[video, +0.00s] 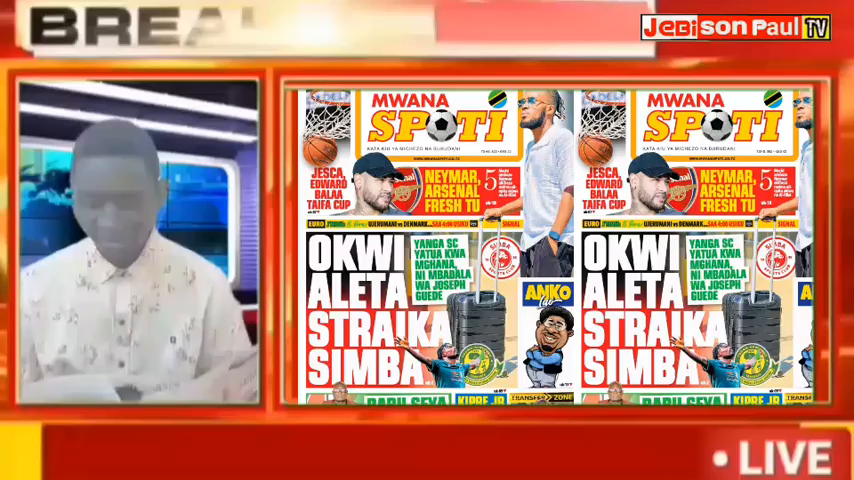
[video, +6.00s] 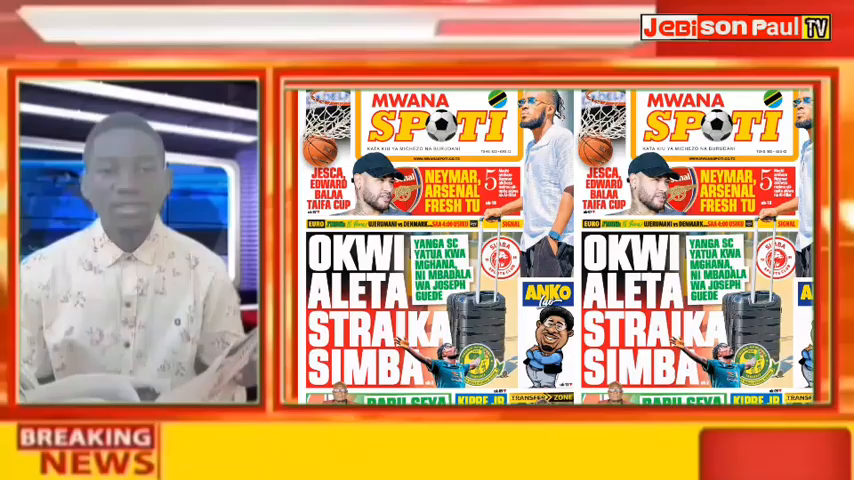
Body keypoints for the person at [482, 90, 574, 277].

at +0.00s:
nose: (523, 107)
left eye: (531, 101)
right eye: (522, 103)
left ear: (549, 110)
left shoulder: (563, 138)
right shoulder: (531, 147)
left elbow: (571, 192)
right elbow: (532, 196)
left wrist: (553, 238)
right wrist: (501, 211)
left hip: (552, 242)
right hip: (530, 243)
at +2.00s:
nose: (523, 107)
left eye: (531, 101)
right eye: (522, 103)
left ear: (549, 110)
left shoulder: (563, 138)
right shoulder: (531, 147)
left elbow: (571, 192)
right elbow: (532, 196)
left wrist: (553, 238)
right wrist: (502, 211)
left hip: (552, 242)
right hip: (530, 243)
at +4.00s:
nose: (523, 107)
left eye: (531, 101)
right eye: (522, 103)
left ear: (549, 110)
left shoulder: (563, 138)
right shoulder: (531, 147)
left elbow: (571, 192)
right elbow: (532, 196)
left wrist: (553, 238)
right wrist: (502, 211)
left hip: (552, 242)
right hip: (530, 243)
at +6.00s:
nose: (523, 107)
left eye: (531, 101)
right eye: (522, 103)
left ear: (549, 110)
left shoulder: (563, 138)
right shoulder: (531, 147)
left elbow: (571, 192)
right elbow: (532, 196)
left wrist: (554, 238)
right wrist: (502, 211)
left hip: (551, 241)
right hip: (530, 242)